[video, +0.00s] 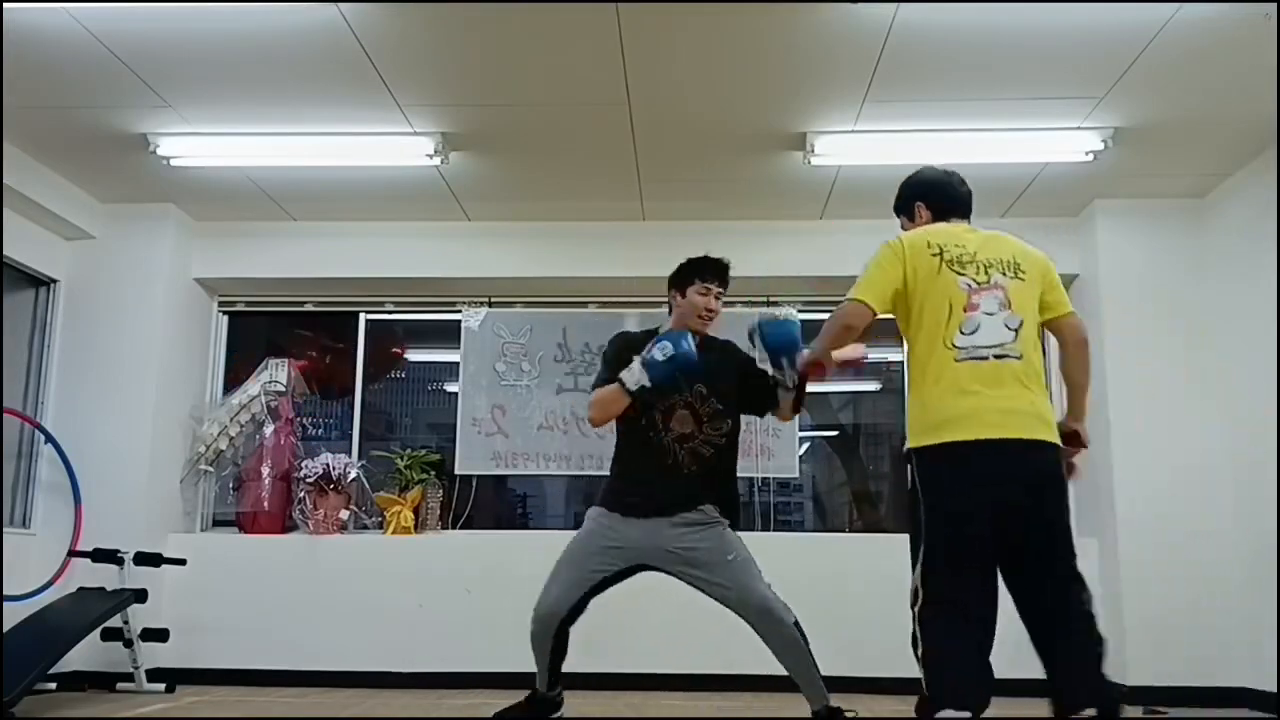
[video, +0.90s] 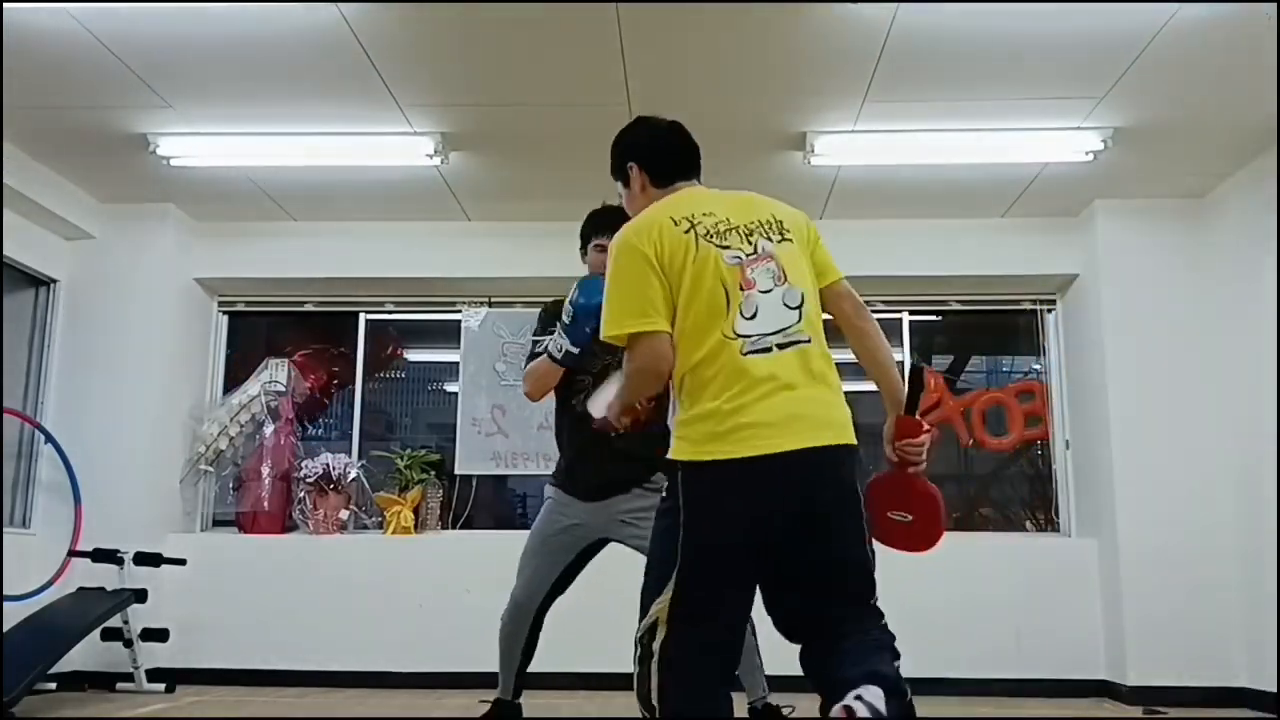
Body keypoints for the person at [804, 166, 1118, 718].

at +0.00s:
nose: (902, 229)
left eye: (901, 221)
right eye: (901, 222)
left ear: (920, 212)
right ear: (966, 213)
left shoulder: (906, 249)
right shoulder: (1027, 255)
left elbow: (853, 320)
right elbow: (1074, 335)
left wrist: (816, 356)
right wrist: (1075, 419)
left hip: (950, 449)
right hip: (1032, 447)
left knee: (952, 587)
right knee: (1052, 581)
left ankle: (955, 706)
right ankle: (1087, 702)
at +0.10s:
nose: (874, 219)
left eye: (875, 209)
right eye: (874, 210)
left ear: (893, 199)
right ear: (938, 198)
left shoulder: (883, 241)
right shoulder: (1004, 245)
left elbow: (856, 323)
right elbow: (1042, 330)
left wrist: (826, 392)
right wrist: (1036, 412)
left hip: (922, 430)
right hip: (999, 434)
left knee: (909, 570)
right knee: (987, 574)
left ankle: (899, 703)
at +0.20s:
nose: (843, 247)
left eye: (842, 233)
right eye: (839, 235)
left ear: (864, 220)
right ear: (901, 219)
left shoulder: (862, 266)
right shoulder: (973, 269)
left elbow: (838, 358)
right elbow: (1013, 357)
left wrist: (819, 431)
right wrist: (1010, 445)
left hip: (892, 455)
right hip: (970, 464)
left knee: (846, 583)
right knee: (934, 605)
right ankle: (949, 711)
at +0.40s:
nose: (758, 290)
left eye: (754, 275)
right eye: (752, 278)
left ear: (777, 258)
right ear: (815, 255)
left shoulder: (794, 314)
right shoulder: (899, 300)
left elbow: (789, 427)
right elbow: (947, 391)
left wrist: (771, 484)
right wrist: (979, 473)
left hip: (827, 502)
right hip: (904, 507)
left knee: (744, 621)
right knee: (888, 634)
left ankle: (708, 710)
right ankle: (932, 715)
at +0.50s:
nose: (697, 283)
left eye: (695, 268)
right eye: (694, 271)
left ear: (713, 255)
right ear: (756, 248)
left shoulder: (746, 310)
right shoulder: (845, 290)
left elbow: (743, 425)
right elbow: (909, 371)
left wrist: (741, 469)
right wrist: (957, 448)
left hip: (805, 501)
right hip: (878, 499)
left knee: (710, 627)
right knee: (867, 631)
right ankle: (922, 713)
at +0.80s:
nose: (617, 239)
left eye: (612, 225)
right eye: (613, 227)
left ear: (624, 214)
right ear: (678, 200)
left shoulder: (648, 263)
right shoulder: (767, 237)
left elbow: (674, 383)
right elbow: (847, 325)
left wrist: (663, 446)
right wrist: (902, 408)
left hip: (746, 471)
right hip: (837, 457)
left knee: (689, 635)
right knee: (839, 607)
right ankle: (904, 701)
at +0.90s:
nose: (625, 203)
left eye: (622, 188)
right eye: (621, 190)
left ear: (637, 177)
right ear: (696, 172)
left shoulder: (642, 236)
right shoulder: (785, 217)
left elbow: (654, 360)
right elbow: (852, 312)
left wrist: (624, 399)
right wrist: (900, 405)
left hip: (722, 465)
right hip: (824, 454)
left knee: (693, 641)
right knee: (844, 613)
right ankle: (864, 697)